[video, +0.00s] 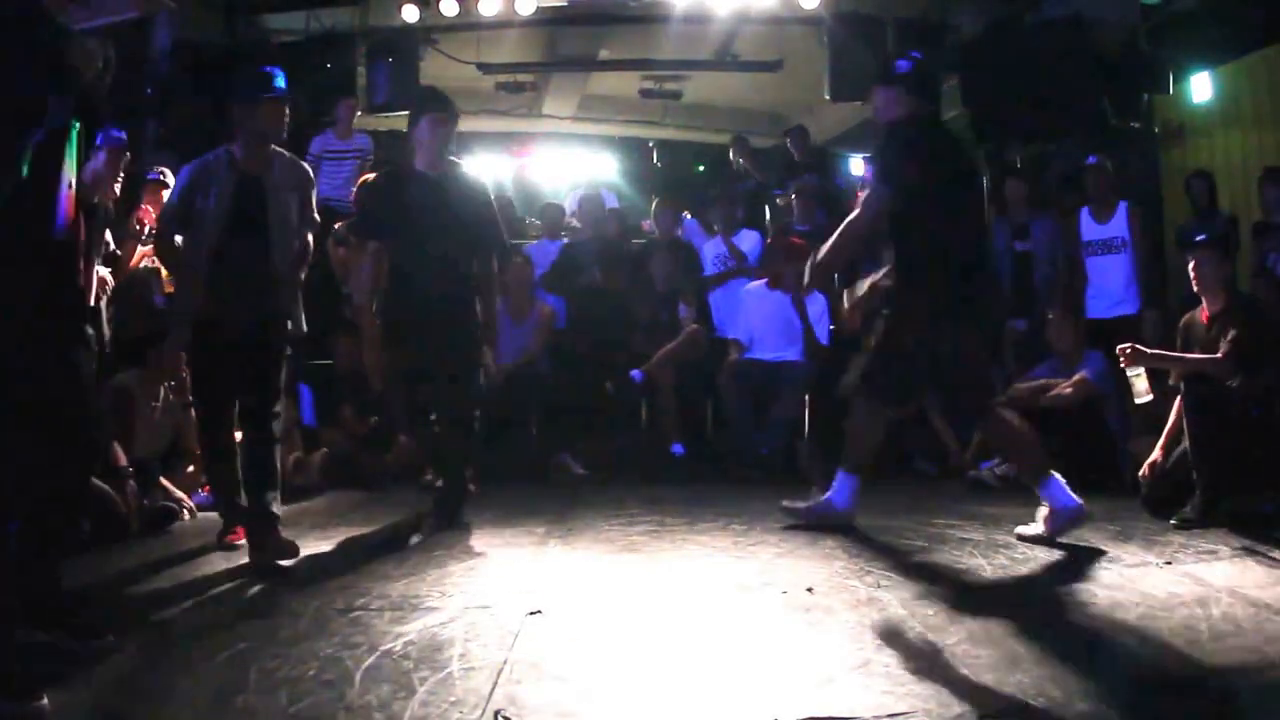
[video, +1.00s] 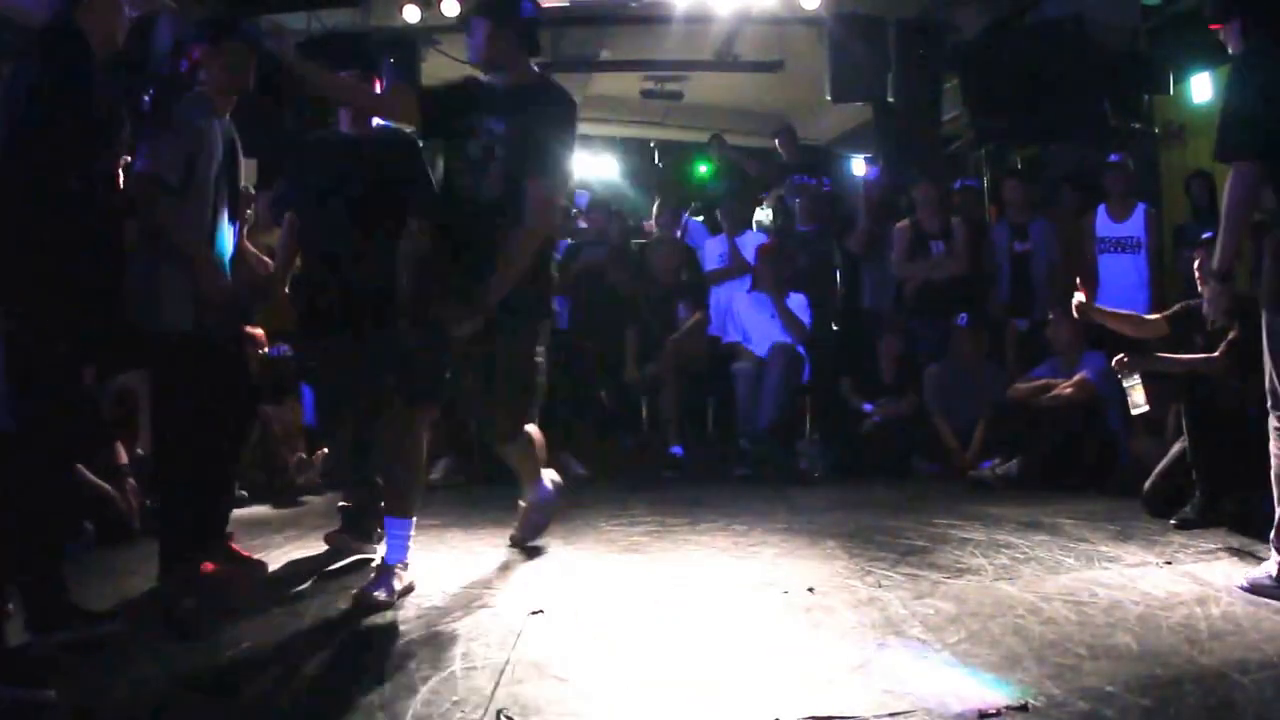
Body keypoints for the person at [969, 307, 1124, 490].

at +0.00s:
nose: (1054, 334)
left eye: (1061, 327)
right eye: (1051, 328)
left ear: (1075, 330)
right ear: (1047, 333)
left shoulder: (1094, 360)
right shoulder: (1054, 363)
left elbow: (1070, 395)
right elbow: (1012, 393)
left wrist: (1030, 401)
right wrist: (1053, 384)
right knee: (999, 416)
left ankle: (1013, 465)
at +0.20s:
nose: (1050, 334)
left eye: (1056, 327)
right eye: (1049, 327)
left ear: (1072, 330)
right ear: (1047, 332)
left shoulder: (1093, 360)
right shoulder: (1054, 363)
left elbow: (1071, 394)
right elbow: (1012, 392)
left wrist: (1034, 397)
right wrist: (1054, 383)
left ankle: (1021, 463)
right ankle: (999, 459)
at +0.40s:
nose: (1056, 338)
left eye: (1062, 331)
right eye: (1054, 332)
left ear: (1076, 334)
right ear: (1050, 336)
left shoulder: (1094, 362)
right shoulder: (1056, 364)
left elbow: (1074, 393)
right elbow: (1012, 393)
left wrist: (1037, 399)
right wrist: (1057, 384)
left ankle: (1022, 463)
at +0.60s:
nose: (1050, 333)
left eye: (1058, 326)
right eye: (1050, 326)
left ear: (1075, 329)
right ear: (1047, 331)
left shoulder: (1094, 360)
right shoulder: (1053, 364)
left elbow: (1072, 393)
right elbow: (1013, 393)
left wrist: (1034, 399)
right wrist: (1053, 384)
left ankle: (1020, 464)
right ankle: (1001, 460)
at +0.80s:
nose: (1050, 332)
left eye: (1057, 326)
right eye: (1050, 326)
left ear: (1074, 329)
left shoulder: (1095, 360)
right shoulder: (1054, 363)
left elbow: (1073, 393)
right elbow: (1013, 392)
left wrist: (1034, 400)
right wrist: (1055, 384)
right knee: (998, 408)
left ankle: (1017, 466)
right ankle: (970, 464)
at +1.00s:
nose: (1050, 333)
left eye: (1057, 326)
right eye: (1049, 326)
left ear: (1075, 329)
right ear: (1049, 332)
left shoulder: (1094, 361)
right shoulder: (1055, 363)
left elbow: (1073, 394)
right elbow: (1012, 393)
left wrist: (1035, 401)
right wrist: (1052, 384)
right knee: (1000, 407)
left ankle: (1020, 465)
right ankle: (970, 463)